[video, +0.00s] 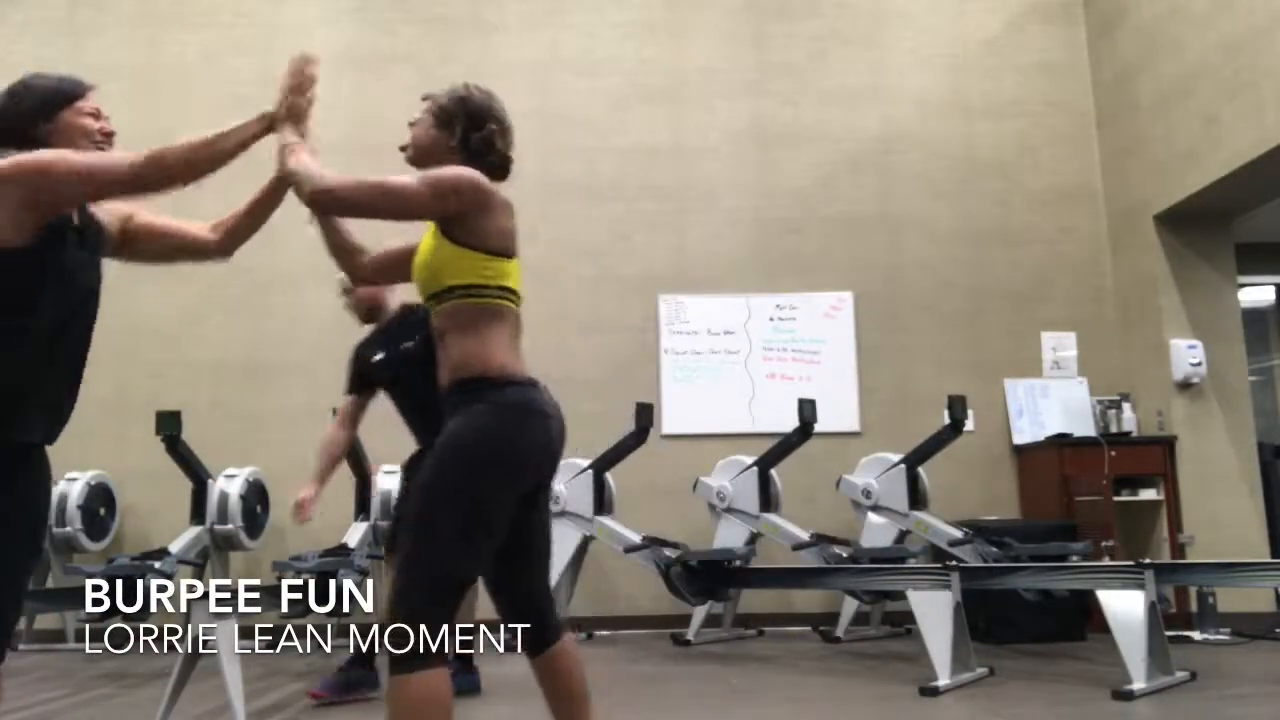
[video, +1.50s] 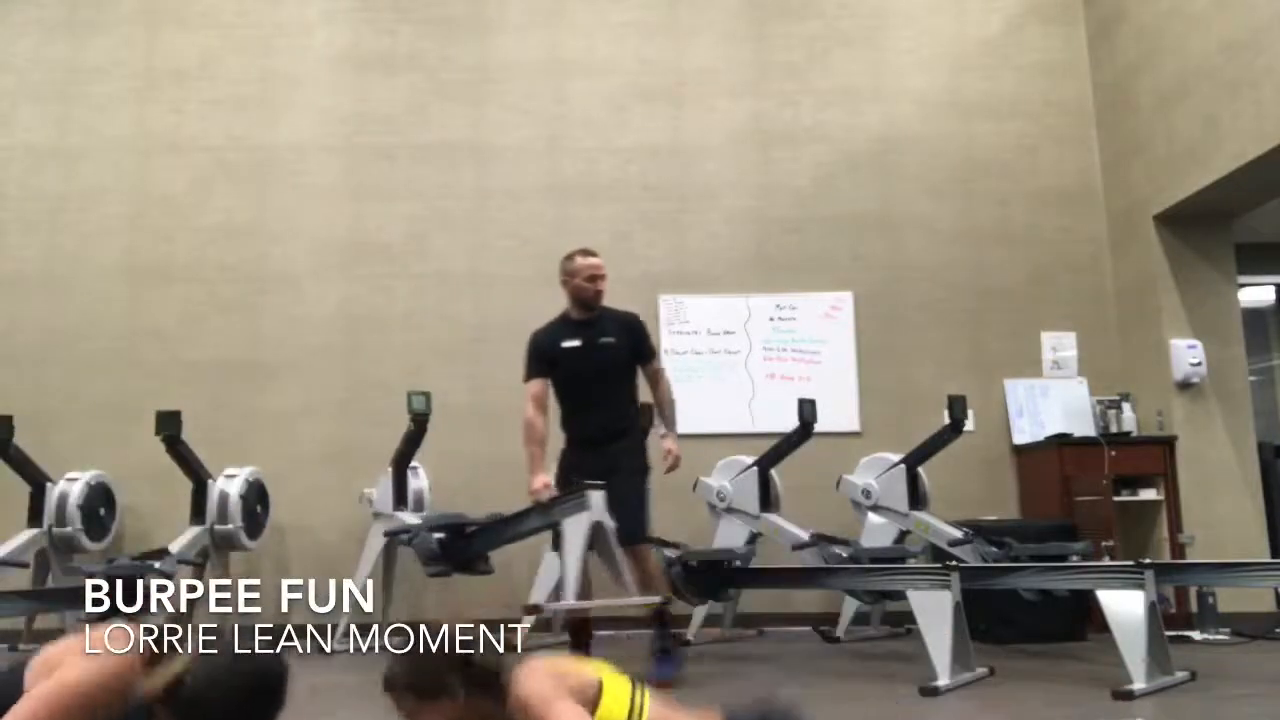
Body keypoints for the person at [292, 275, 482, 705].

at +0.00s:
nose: (356, 295)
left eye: (360, 285)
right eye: (348, 291)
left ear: (384, 283)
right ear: (350, 304)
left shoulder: (431, 313)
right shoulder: (367, 352)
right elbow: (344, 423)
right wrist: (315, 482)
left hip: (473, 442)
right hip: (430, 452)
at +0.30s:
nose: (264, 350)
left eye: (266, 337)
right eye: (258, 345)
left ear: (297, 325)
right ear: (265, 350)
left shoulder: (365, 337)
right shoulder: (297, 398)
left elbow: (438, 365)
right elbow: (274, 473)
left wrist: (462, 429)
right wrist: (245, 545)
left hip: (442, 440)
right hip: (393, 457)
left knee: (454, 548)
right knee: (367, 558)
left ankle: (484, 655)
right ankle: (362, 669)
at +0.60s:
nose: (300, 326)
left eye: (304, 314)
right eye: (292, 321)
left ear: (330, 308)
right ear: (289, 329)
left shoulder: (391, 332)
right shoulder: (310, 382)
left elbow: (457, 364)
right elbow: (286, 461)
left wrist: (482, 429)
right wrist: (262, 535)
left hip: (439, 454)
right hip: (383, 467)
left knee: (468, 553)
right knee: (364, 562)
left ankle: (510, 649)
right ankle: (361, 671)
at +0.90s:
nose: (440, 290)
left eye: (445, 280)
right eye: (430, 283)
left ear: (456, 280)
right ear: (411, 289)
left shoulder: (491, 326)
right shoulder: (402, 347)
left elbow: (533, 382)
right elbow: (374, 421)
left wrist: (536, 456)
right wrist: (350, 492)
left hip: (492, 461)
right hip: (441, 463)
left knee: (478, 557)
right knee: (398, 562)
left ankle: (491, 668)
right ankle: (363, 666)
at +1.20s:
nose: (537, 285)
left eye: (542, 277)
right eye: (528, 277)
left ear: (549, 280)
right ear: (507, 281)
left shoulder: (571, 330)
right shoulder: (485, 337)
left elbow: (604, 386)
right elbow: (467, 405)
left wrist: (625, 446)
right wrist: (456, 473)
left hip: (556, 455)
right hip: (512, 457)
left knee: (542, 555)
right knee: (515, 558)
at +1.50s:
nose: (599, 285)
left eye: (602, 278)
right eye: (590, 279)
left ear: (606, 280)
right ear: (566, 283)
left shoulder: (629, 327)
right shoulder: (545, 340)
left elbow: (657, 380)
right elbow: (536, 408)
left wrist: (670, 432)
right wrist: (537, 472)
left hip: (626, 450)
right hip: (579, 452)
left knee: (635, 543)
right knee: (570, 550)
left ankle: (665, 639)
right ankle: (580, 651)